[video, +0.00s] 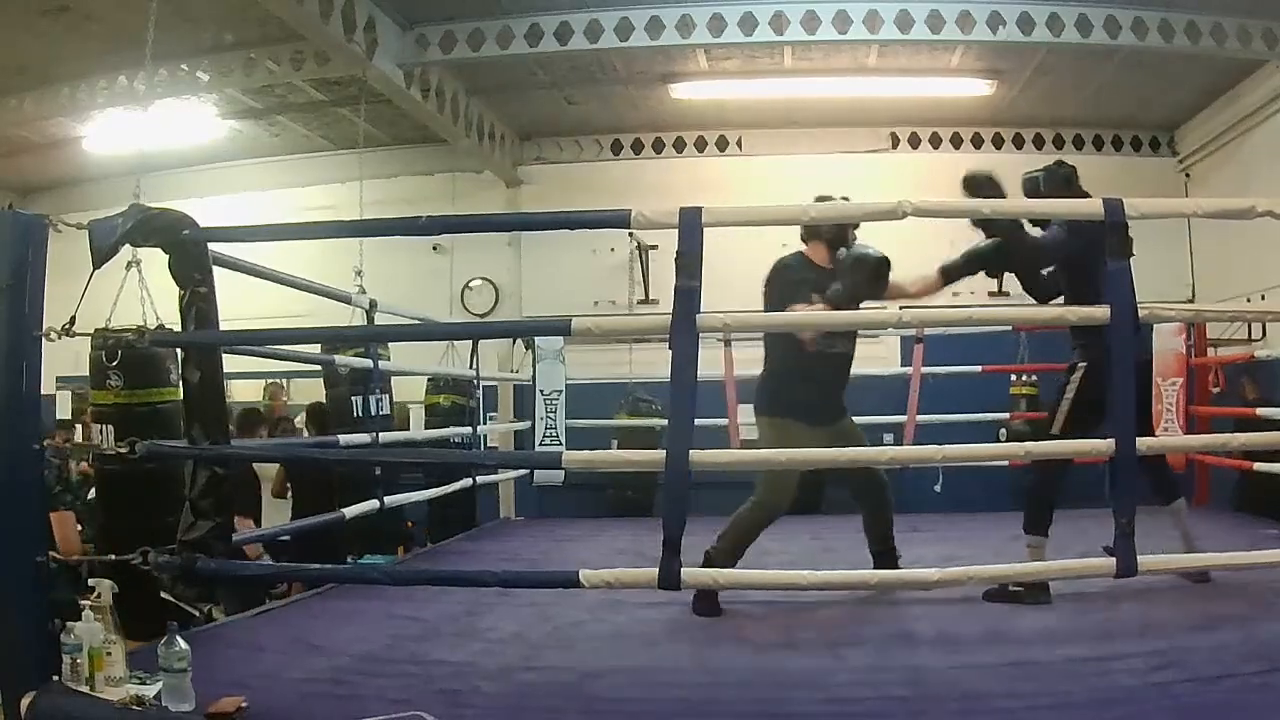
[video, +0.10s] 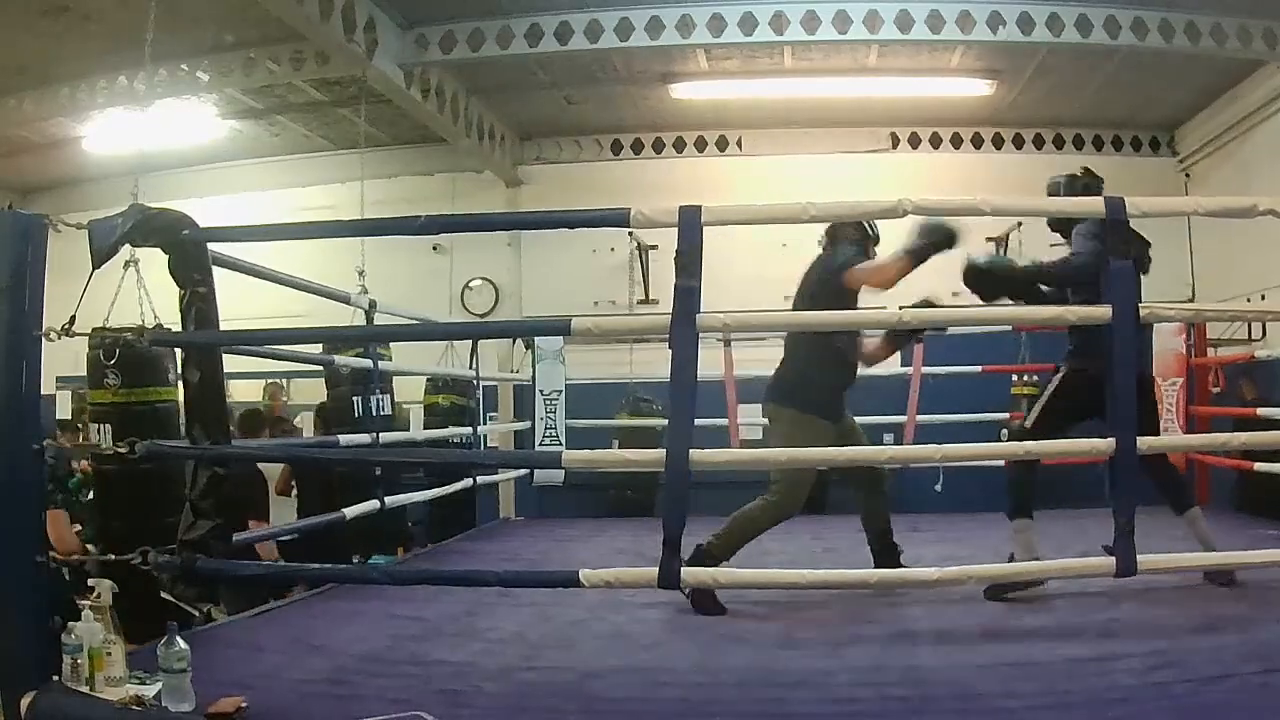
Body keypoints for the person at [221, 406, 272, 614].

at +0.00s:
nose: (266, 442)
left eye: (266, 436)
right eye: (265, 436)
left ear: (237, 432)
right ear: (259, 434)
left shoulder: (223, 461)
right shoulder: (244, 471)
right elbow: (243, 525)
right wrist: (267, 565)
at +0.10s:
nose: (269, 439)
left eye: (268, 434)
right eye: (267, 434)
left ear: (238, 432)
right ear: (264, 434)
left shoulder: (220, 464)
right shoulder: (252, 475)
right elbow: (259, 535)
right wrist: (282, 574)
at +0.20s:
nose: (278, 441)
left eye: (278, 435)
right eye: (276, 435)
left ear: (243, 434)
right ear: (268, 437)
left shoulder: (224, 467)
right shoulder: (261, 478)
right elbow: (273, 537)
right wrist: (296, 577)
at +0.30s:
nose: (283, 435)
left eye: (281, 430)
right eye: (280, 430)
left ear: (247, 434)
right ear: (274, 434)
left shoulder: (227, 471)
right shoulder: (270, 479)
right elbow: (282, 537)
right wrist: (300, 572)